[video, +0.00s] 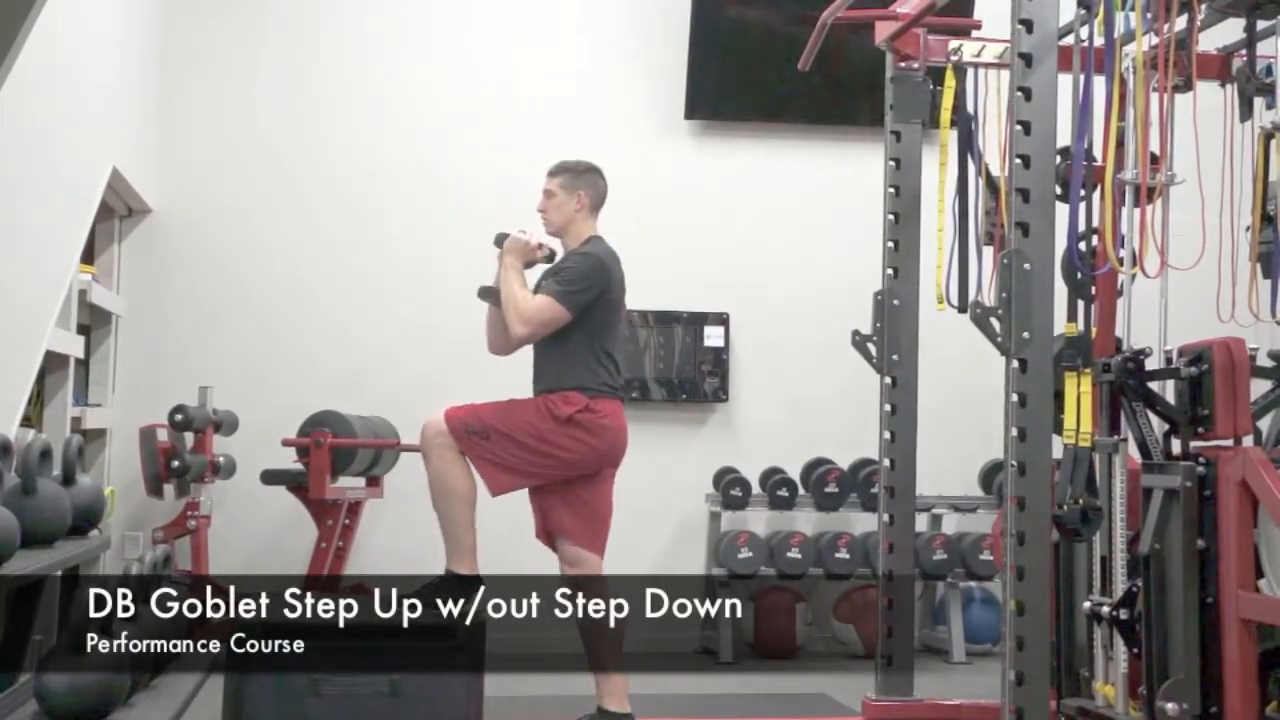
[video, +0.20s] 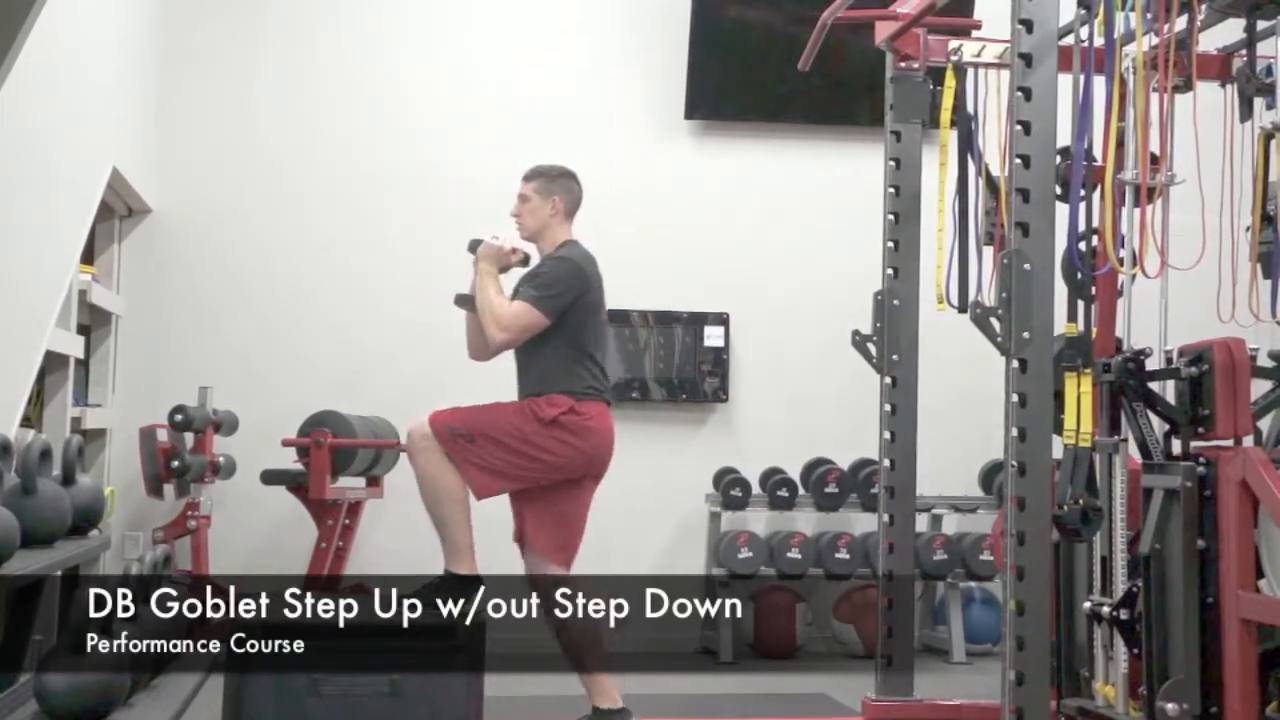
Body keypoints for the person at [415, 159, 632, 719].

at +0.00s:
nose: (540, 204)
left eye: (550, 195)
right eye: (542, 194)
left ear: (581, 201)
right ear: (574, 203)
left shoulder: (595, 261)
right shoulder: (569, 267)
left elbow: (525, 323)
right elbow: (502, 342)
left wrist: (510, 262)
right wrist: (506, 275)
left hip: (580, 416)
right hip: (585, 420)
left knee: (440, 434)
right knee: (581, 562)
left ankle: (462, 578)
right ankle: (615, 707)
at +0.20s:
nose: (514, 210)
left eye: (524, 200)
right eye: (517, 200)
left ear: (557, 207)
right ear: (554, 209)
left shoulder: (569, 264)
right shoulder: (549, 271)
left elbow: (501, 330)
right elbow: (482, 348)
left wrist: (487, 268)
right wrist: (482, 281)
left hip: (567, 420)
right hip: (575, 427)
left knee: (425, 439)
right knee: (548, 573)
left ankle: (462, 577)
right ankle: (610, 707)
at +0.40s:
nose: (485, 186)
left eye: (495, 176)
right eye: (488, 176)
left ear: (527, 182)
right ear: (523, 182)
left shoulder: (540, 241)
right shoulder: (520, 246)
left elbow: (470, 304)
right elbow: (448, 321)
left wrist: (457, 243)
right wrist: (454, 255)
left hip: (548, 394)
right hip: (567, 400)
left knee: (417, 443)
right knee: (553, 552)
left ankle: (460, 579)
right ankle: (600, 691)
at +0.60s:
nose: (461, 112)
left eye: (470, 102)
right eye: (463, 102)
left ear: (503, 106)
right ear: (501, 106)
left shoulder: (517, 165)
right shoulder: (501, 171)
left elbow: (449, 232)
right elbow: (431, 252)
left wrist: (435, 165)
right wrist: (431, 183)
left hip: (531, 321)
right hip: (536, 324)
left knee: (431, 437)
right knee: (469, 468)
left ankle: (462, 581)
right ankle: (542, 588)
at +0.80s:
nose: (463, 65)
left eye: (472, 54)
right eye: (465, 55)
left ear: (505, 55)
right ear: (504, 56)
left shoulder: (517, 112)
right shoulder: (498, 119)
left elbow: (449, 181)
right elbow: (439, 209)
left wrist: (436, 118)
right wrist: (438, 141)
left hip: (518, 285)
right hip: (480, 281)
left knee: (468, 431)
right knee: (379, 321)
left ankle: (467, 580)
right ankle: (446, 433)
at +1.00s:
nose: (464, 65)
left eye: (472, 53)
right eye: (467, 54)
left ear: (503, 53)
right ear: (507, 54)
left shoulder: (515, 112)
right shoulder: (503, 113)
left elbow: (439, 178)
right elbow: (461, 189)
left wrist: (439, 116)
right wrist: (443, 141)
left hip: (504, 284)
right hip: (473, 264)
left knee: (462, 436)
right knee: (378, 212)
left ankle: (466, 582)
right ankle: (365, 343)